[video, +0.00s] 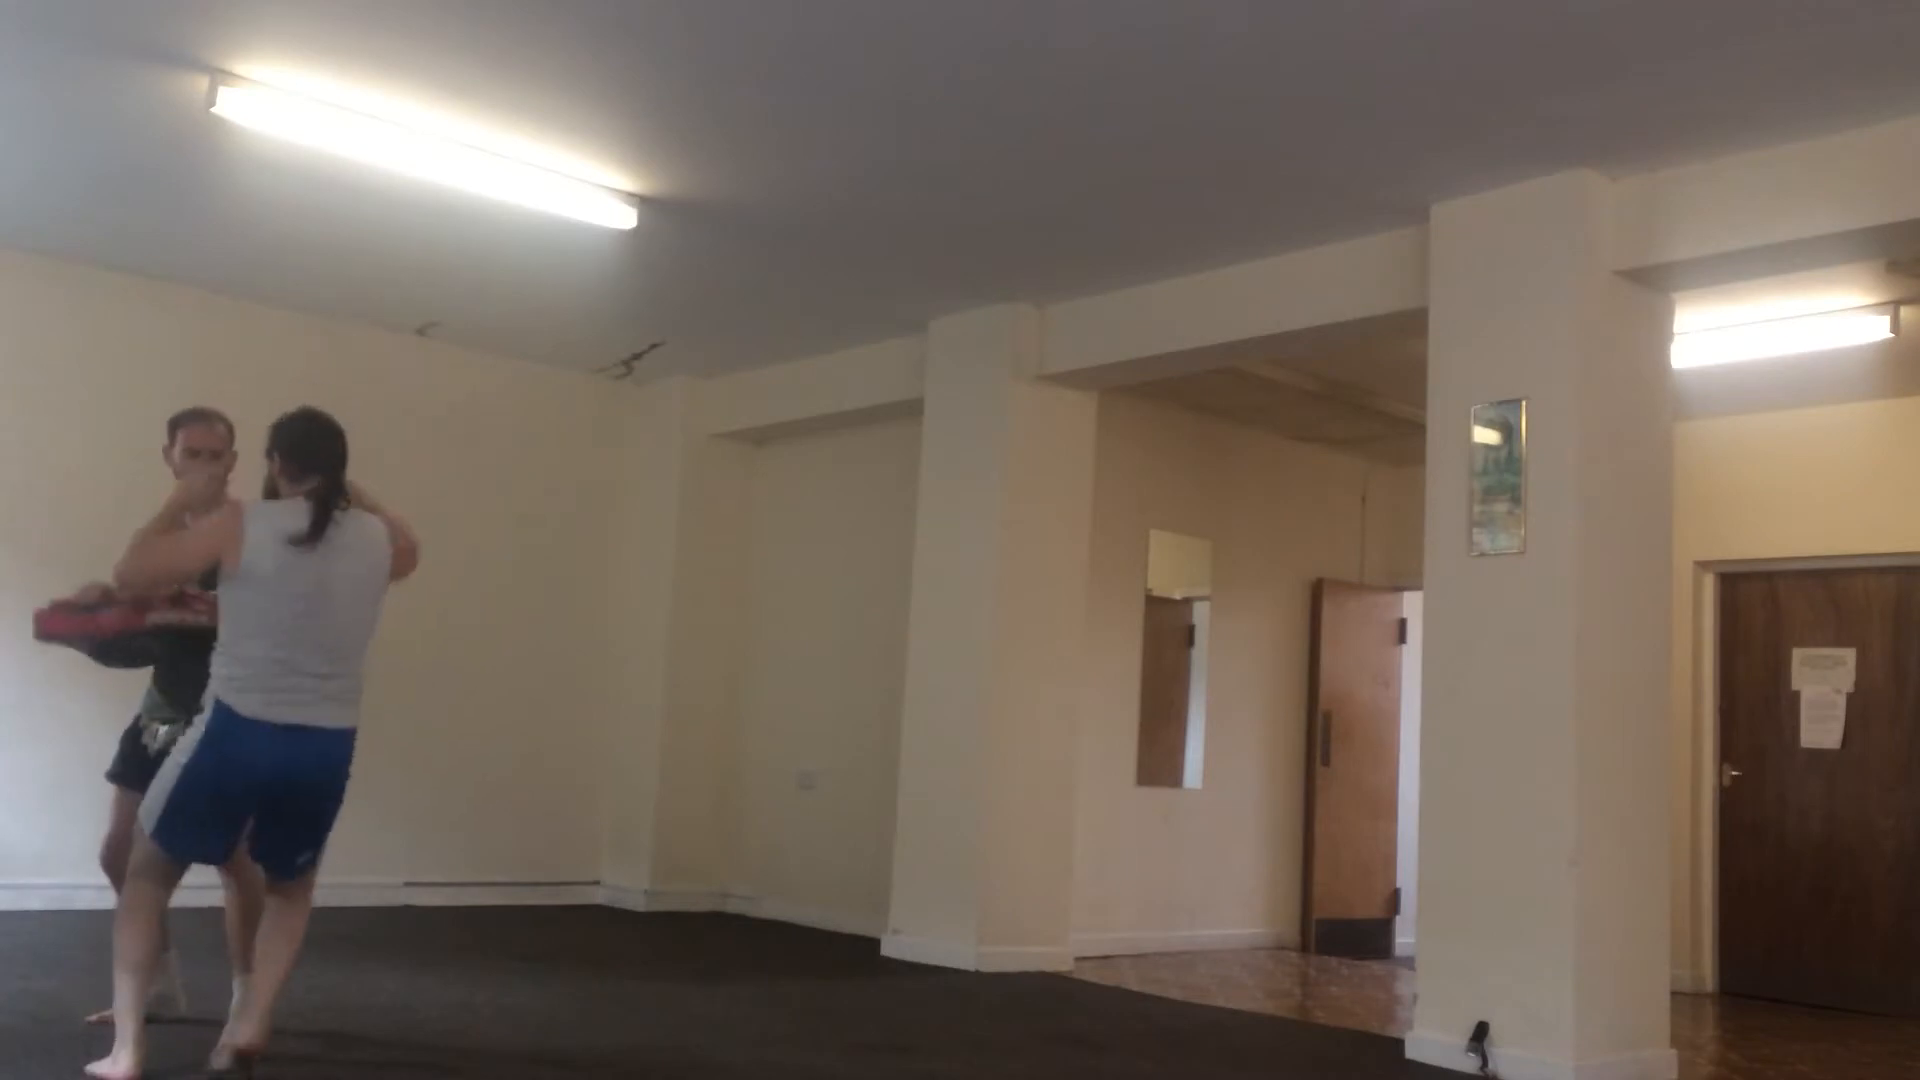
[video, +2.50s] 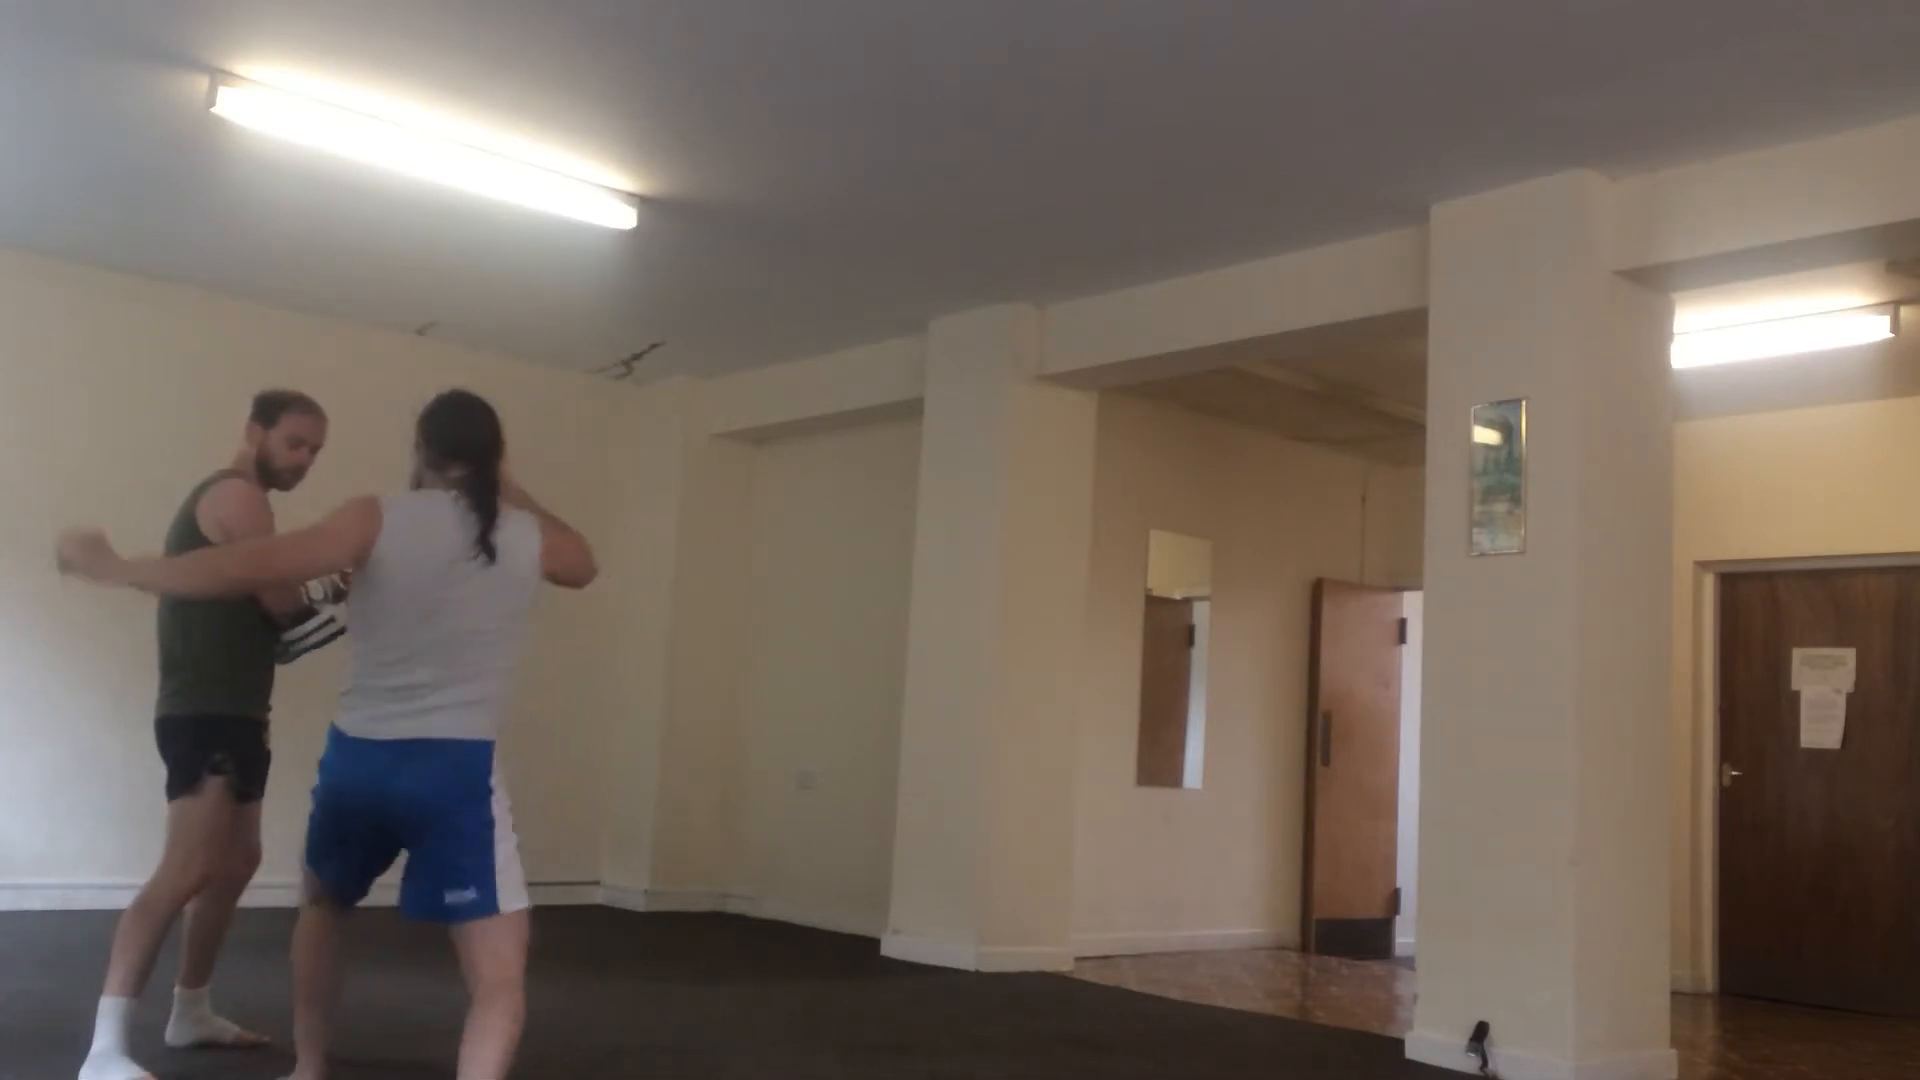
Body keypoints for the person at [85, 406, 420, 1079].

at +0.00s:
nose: (261, 467)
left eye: (264, 458)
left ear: (277, 465)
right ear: (341, 469)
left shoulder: (239, 526)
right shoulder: (376, 540)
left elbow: (133, 570)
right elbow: (406, 549)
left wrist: (180, 500)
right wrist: (351, 494)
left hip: (235, 742)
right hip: (325, 753)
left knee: (146, 878)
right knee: (290, 889)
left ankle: (127, 1048)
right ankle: (250, 1027)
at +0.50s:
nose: (351, 484)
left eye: (352, 474)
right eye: (352, 474)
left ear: (370, 471)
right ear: (427, 475)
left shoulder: (361, 512)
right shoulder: (470, 539)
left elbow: (280, 572)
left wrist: (319, 499)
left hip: (369, 739)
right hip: (448, 751)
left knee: (284, 921)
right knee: (379, 899)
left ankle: (352, 1065)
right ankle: (408, 1058)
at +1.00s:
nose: (389, 414)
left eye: (395, 408)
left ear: (406, 416)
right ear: (474, 424)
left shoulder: (369, 466)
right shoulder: (524, 485)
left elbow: (311, 538)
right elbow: (520, 570)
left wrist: (368, 452)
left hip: (402, 715)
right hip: (501, 720)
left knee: (370, 915)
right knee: (476, 922)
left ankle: (387, 1071)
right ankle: (482, 1073)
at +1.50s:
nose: (421, 406)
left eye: (428, 399)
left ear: (431, 407)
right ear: (508, 415)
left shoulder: (384, 462)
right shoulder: (549, 472)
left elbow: (329, 533)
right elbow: (579, 546)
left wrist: (398, 450)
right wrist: (521, 491)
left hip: (401, 714)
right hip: (509, 719)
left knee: (374, 944)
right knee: (498, 937)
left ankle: (350, 1073)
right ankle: (483, 1073)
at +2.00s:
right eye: (535, 411)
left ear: (450, 398)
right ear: (527, 408)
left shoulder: (393, 456)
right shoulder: (548, 464)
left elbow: (333, 515)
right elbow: (610, 526)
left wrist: (410, 457)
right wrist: (555, 462)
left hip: (381, 710)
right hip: (488, 713)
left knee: (367, 940)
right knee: (500, 930)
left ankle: (346, 1075)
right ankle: (484, 1072)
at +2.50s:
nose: (409, 457)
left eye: (414, 447)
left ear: (422, 453)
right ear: (493, 459)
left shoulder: (375, 520)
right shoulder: (526, 535)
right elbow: (582, 566)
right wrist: (508, 492)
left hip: (358, 766)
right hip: (459, 776)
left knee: (323, 910)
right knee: (498, 986)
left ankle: (310, 1066)